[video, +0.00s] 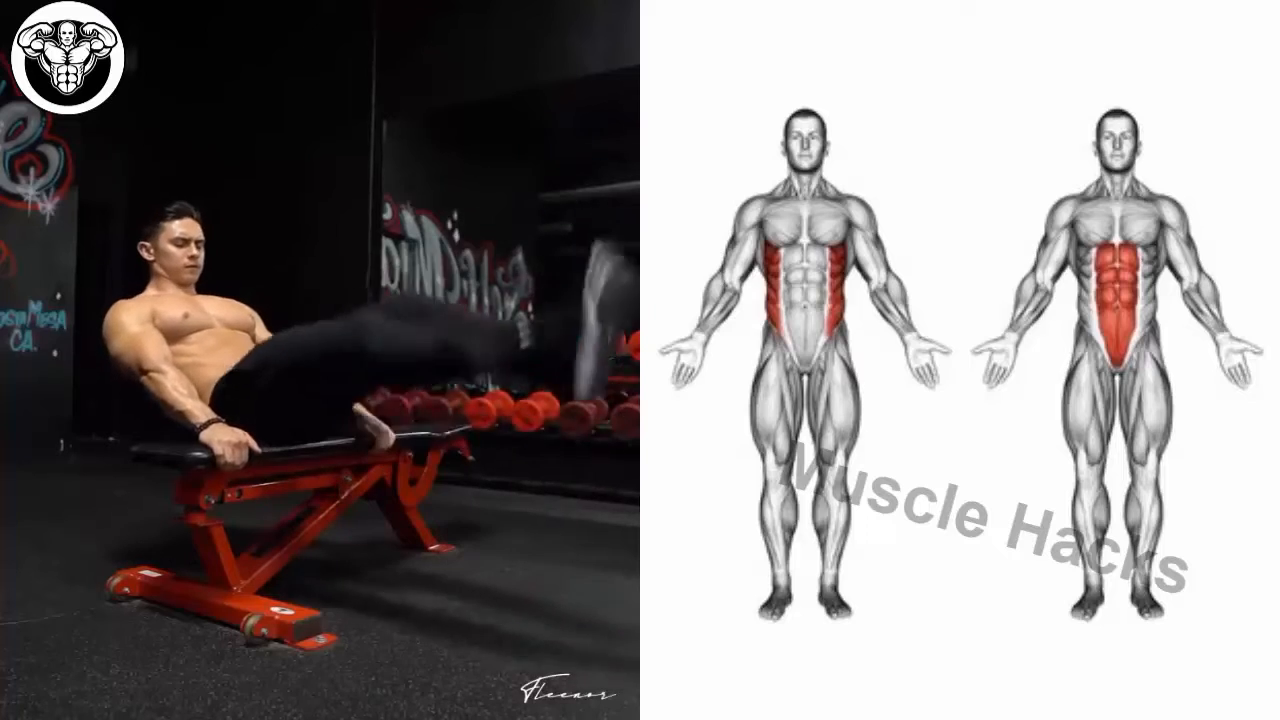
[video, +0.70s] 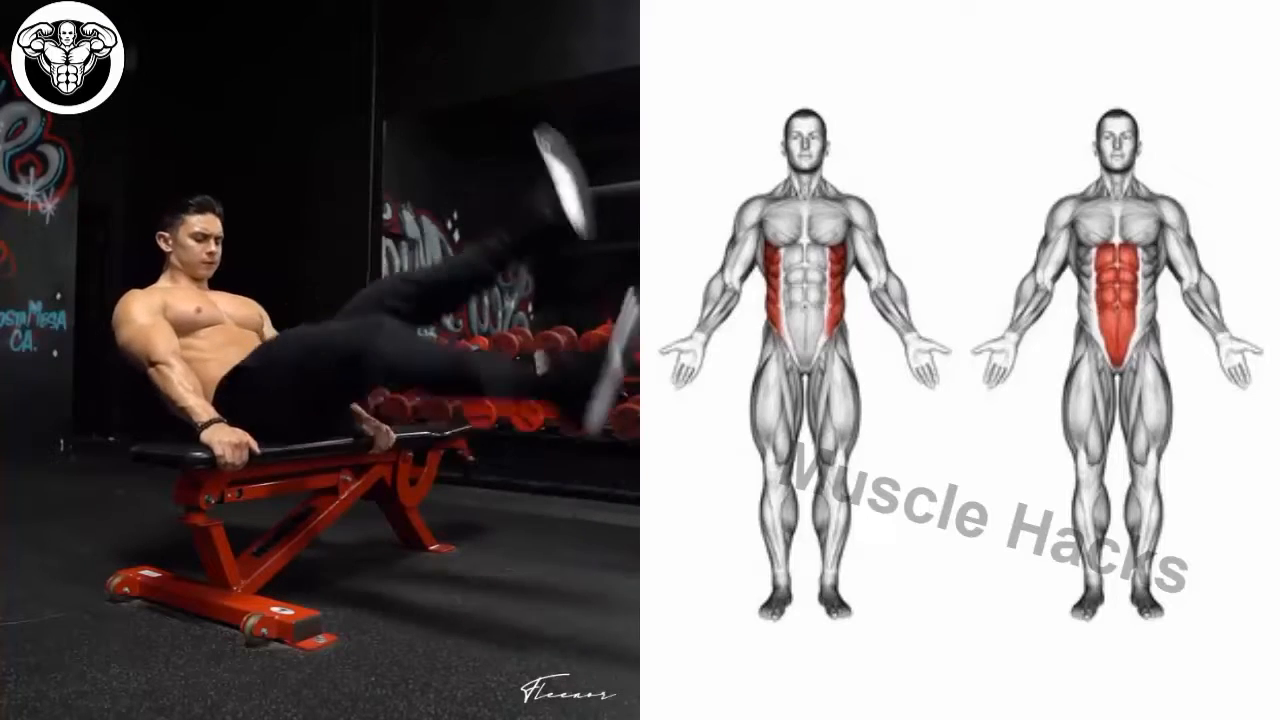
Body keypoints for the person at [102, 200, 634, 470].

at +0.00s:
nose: (193, 253)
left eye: (198, 244)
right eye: (180, 243)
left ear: (202, 251)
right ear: (149, 251)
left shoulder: (238, 308)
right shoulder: (129, 313)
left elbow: (286, 370)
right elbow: (156, 373)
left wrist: (357, 416)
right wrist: (208, 425)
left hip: (291, 400)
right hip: (237, 413)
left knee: (388, 312)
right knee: (349, 342)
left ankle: (546, 357)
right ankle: (510, 350)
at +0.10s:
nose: (190, 254)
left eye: (196, 245)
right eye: (176, 245)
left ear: (202, 251)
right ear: (147, 253)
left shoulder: (234, 308)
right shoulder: (127, 316)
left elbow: (295, 358)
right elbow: (157, 376)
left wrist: (351, 416)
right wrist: (209, 426)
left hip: (303, 399)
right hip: (246, 400)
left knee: (418, 343)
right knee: (342, 299)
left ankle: (570, 421)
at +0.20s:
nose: (188, 254)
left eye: (194, 245)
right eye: (175, 245)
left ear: (201, 253)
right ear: (146, 254)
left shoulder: (228, 307)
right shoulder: (127, 317)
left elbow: (297, 342)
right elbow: (156, 378)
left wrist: (358, 409)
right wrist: (208, 426)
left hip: (307, 395)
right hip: (246, 393)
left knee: (437, 393)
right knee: (330, 282)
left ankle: (578, 489)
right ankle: (487, 190)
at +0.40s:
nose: (195, 251)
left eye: (200, 243)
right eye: (180, 243)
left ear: (205, 249)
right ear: (149, 249)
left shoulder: (233, 306)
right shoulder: (129, 312)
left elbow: (303, 353)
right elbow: (156, 373)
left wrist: (366, 421)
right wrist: (208, 424)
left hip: (304, 398)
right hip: (244, 397)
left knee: (425, 384)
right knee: (316, 266)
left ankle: (551, 501)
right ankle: (467, 177)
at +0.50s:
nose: (201, 253)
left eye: (206, 243)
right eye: (188, 243)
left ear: (209, 247)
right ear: (156, 248)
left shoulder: (237, 306)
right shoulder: (131, 310)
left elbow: (300, 363)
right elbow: (159, 371)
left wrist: (357, 419)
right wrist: (208, 424)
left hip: (296, 401)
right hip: (240, 393)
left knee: (419, 353)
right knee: (325, 274)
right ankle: (503, 222)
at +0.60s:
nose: (207, 250)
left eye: (211, 241)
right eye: (194, 240)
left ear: (213, 248)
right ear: (161, 245)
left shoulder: (243, 304)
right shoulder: (137, 306)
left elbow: (300, 363)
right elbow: (160, 366)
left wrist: (359, 416)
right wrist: (209, 424)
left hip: (303, 405)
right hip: (245, 405)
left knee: (412, 334)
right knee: (342, 297)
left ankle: (554, 303)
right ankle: (493, 309)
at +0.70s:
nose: (211, 249)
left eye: (216, 240)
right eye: (199, 239)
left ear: (219, 245)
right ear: (167, 243)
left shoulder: (244, 306)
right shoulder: (138, 306)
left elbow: (290, 367)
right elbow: (165, 368)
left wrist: (354, 419)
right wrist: (210, 427)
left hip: (299, 388)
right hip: (245, 397)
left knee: (391, 294)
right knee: (360, 337)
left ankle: (542, 219)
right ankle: (562, 382)